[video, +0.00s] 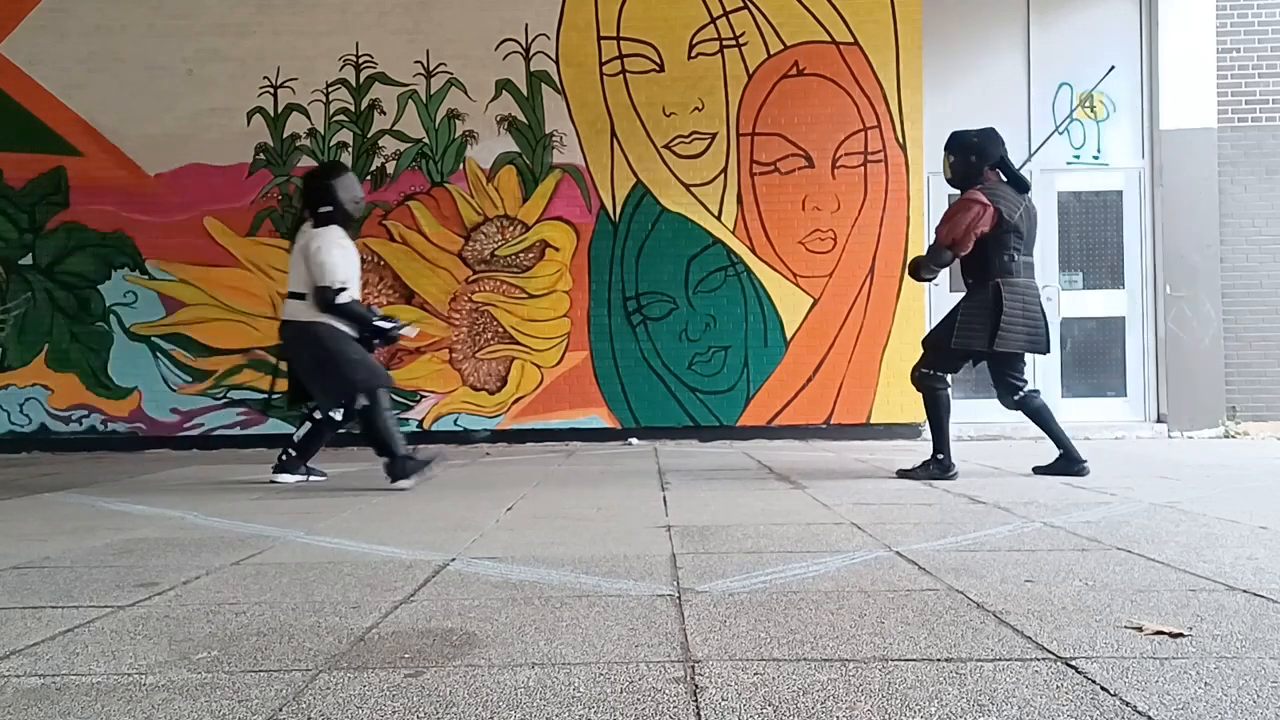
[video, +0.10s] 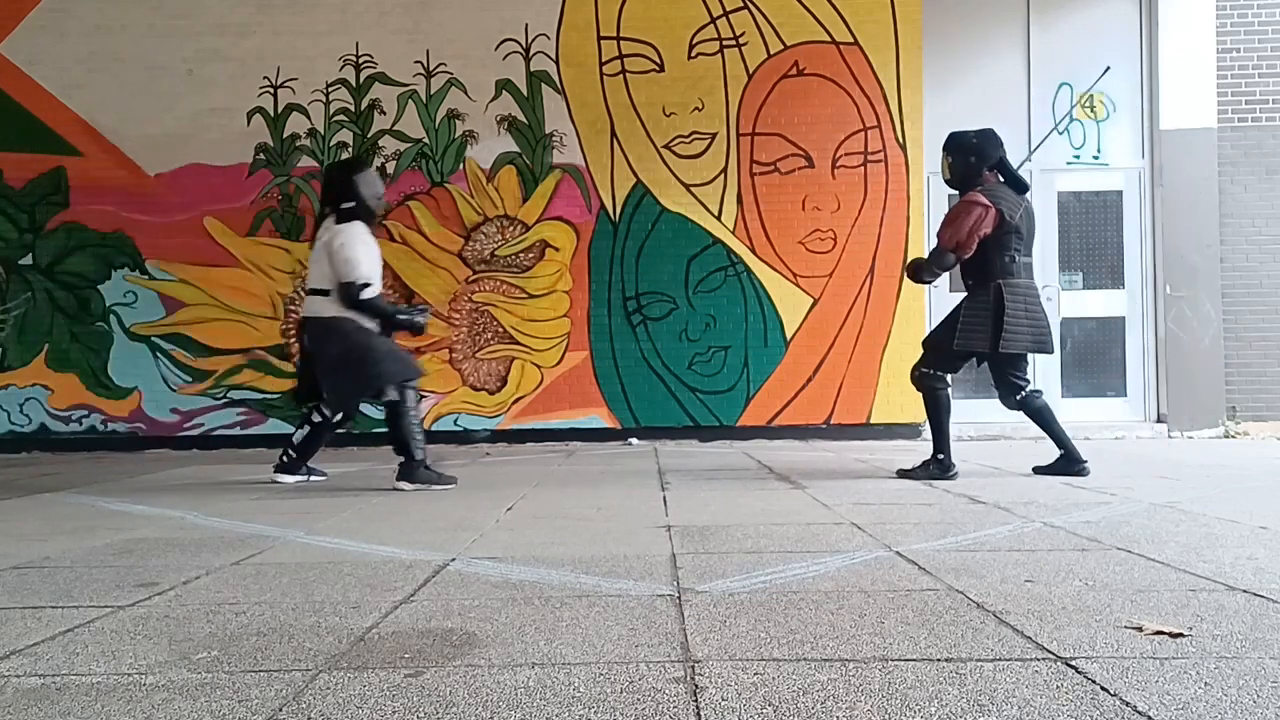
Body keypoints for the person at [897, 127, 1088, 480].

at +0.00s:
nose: (948, 168)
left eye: (953, 160)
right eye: (949, 160)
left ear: (977, 162)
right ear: (992, 164)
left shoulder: (977, 201)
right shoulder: (1021, 201)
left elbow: (941, 255)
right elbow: (1008, 250)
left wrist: (921, 268)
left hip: (989, 304)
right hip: (1022, 305)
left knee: (929, 371)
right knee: (1014, 389)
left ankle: (941, 460)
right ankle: (1070, 455)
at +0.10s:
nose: (948, 169)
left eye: (953, 161)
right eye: (948, 161)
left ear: (977, 164)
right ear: (992, 166)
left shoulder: (978, 202)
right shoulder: (1018, 201)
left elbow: (943, 260)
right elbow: (1003, 252)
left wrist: (920, 270)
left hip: (989, 304)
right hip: (1021, 305)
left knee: (929, 370)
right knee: (1016, 390)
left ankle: (941, 460)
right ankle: (1071, 455)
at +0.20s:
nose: (946, 169)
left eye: (952, 161)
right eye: (946, 161)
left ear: (978, 165)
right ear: (991, 166)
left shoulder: (979, 202)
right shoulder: (1016, 201)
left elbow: (947, 259)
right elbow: (995, 253)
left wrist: (922, 272)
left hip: (990, 304)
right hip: (1018, 304)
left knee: (929, 370)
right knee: (1015, 389)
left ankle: (941, 460)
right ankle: (1071, 455)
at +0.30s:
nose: (946, 168)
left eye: (952, 161)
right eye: (947, 160)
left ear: (975, 164)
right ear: (991, 165)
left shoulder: (980, 202)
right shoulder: (1014, 200)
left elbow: (948, 258)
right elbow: (990, 254)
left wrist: (922, 272)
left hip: (989, 304)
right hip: (1018, 303)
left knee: (930, 369)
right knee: (1015, 389)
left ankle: (941, 460)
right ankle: (1071, 455)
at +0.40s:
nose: (945, 168)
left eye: (951, 160)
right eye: (945, 160)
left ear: (975, 163)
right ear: (989, 165)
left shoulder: (980, 201)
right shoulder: (1012, 200)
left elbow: (948, 256)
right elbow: (985, 253)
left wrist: (920, 273)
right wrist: (935, 268)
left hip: (989, 303)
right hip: (1017, 303)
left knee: (932, 369)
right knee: (1016, 389)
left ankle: (941, 460)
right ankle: (1071, 455)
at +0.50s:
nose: (944, 169)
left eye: (950, 161)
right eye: (944, 161)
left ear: (973, 164)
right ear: (986, 165)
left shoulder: (979, 201)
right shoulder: (1008, 198)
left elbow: (949, 255)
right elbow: (977, 253)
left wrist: (922, 274)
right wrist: (933, 269)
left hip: (993, 301)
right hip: (1017, 300)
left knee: (935, 368)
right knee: (1007, 387)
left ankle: (941, 460)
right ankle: (1070, 449)